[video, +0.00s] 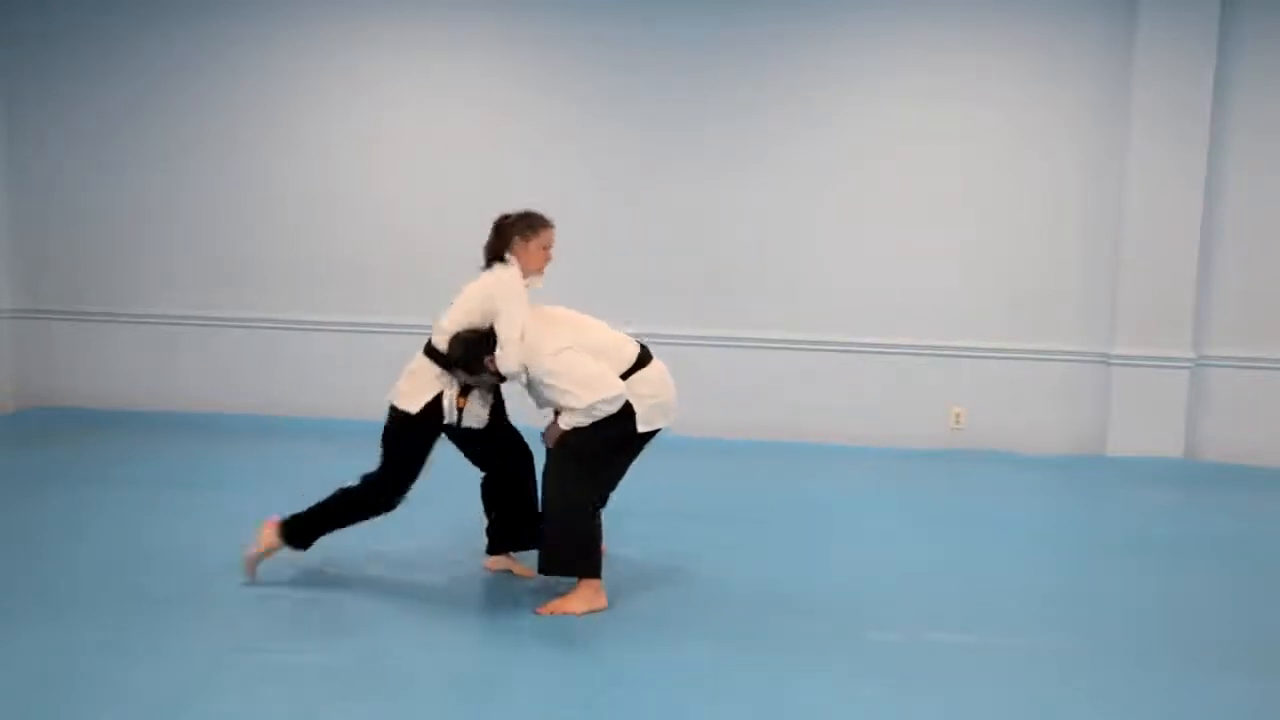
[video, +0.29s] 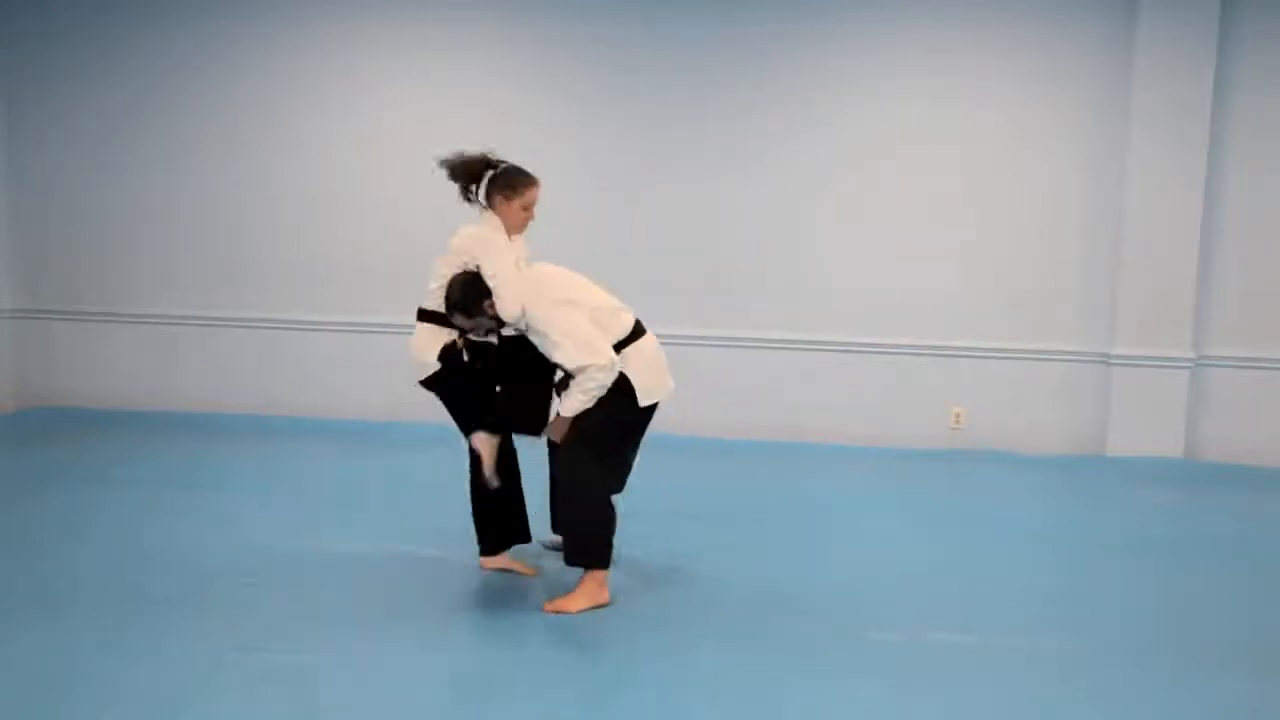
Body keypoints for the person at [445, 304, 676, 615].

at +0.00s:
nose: (488, 378)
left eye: (481, 373)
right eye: (481, 374)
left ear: (489, 360)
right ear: (490, 350)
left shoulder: (540, 353)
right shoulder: (519, 333)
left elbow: (608, 395)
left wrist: (563, 424)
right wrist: (560, 416)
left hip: (639, 396)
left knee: (572, 474)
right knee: (566, 463)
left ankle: (590, 587)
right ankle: (585, 542)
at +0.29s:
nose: (471, 333)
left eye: (471, 327)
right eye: (465, 328)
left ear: (489, 308)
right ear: (488, 300)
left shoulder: (537, 305)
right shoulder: (518, 294)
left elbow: (601, 364)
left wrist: (565, 415)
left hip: (631, 371)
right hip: (606, 365)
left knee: (583, 463)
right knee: (567, 449)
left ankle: (595, 582)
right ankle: (581, 537)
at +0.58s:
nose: (467, 361)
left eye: (466, 354)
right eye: (461, 355)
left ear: (484, 337)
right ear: (485, 330)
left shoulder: (530, 337)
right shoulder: (519, 317)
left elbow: (593, 397)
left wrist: (547, 430)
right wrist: (553, 414)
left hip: (626, 394)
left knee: (565, 475)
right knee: (552, 463)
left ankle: (591, 586)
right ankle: (585, 543)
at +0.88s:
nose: (462, 400)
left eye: (457, 394)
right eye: (455, 397)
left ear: (470, 376)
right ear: (471, 366)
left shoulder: (514, 365)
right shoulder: (500, 343)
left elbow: (589, 403)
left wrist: (542, 435)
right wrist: (540, 427)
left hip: (623, 398)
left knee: (554, 472)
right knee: (556, 460)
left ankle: (589, 586)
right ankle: (584, 534)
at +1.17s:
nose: (458, 372)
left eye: (453, 366)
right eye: (452, 368)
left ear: (465, 349)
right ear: (468, 335)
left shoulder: (515, 352)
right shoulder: (513, 320)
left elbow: (580, 403)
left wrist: (537, 436)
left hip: (618, 397)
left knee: (551, 475)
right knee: (560, 463)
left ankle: (588, 586)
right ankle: (586, 535)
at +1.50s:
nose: (446, 352)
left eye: (445, 343)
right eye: (439, 345)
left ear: (464, 327)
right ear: (469, 315)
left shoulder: (514, 345)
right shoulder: (506, 318)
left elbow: (576, 406)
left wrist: (532, 437)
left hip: (612, 398)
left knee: (546, 473)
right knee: (550, 459)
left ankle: (588, 586)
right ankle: (583, 535)